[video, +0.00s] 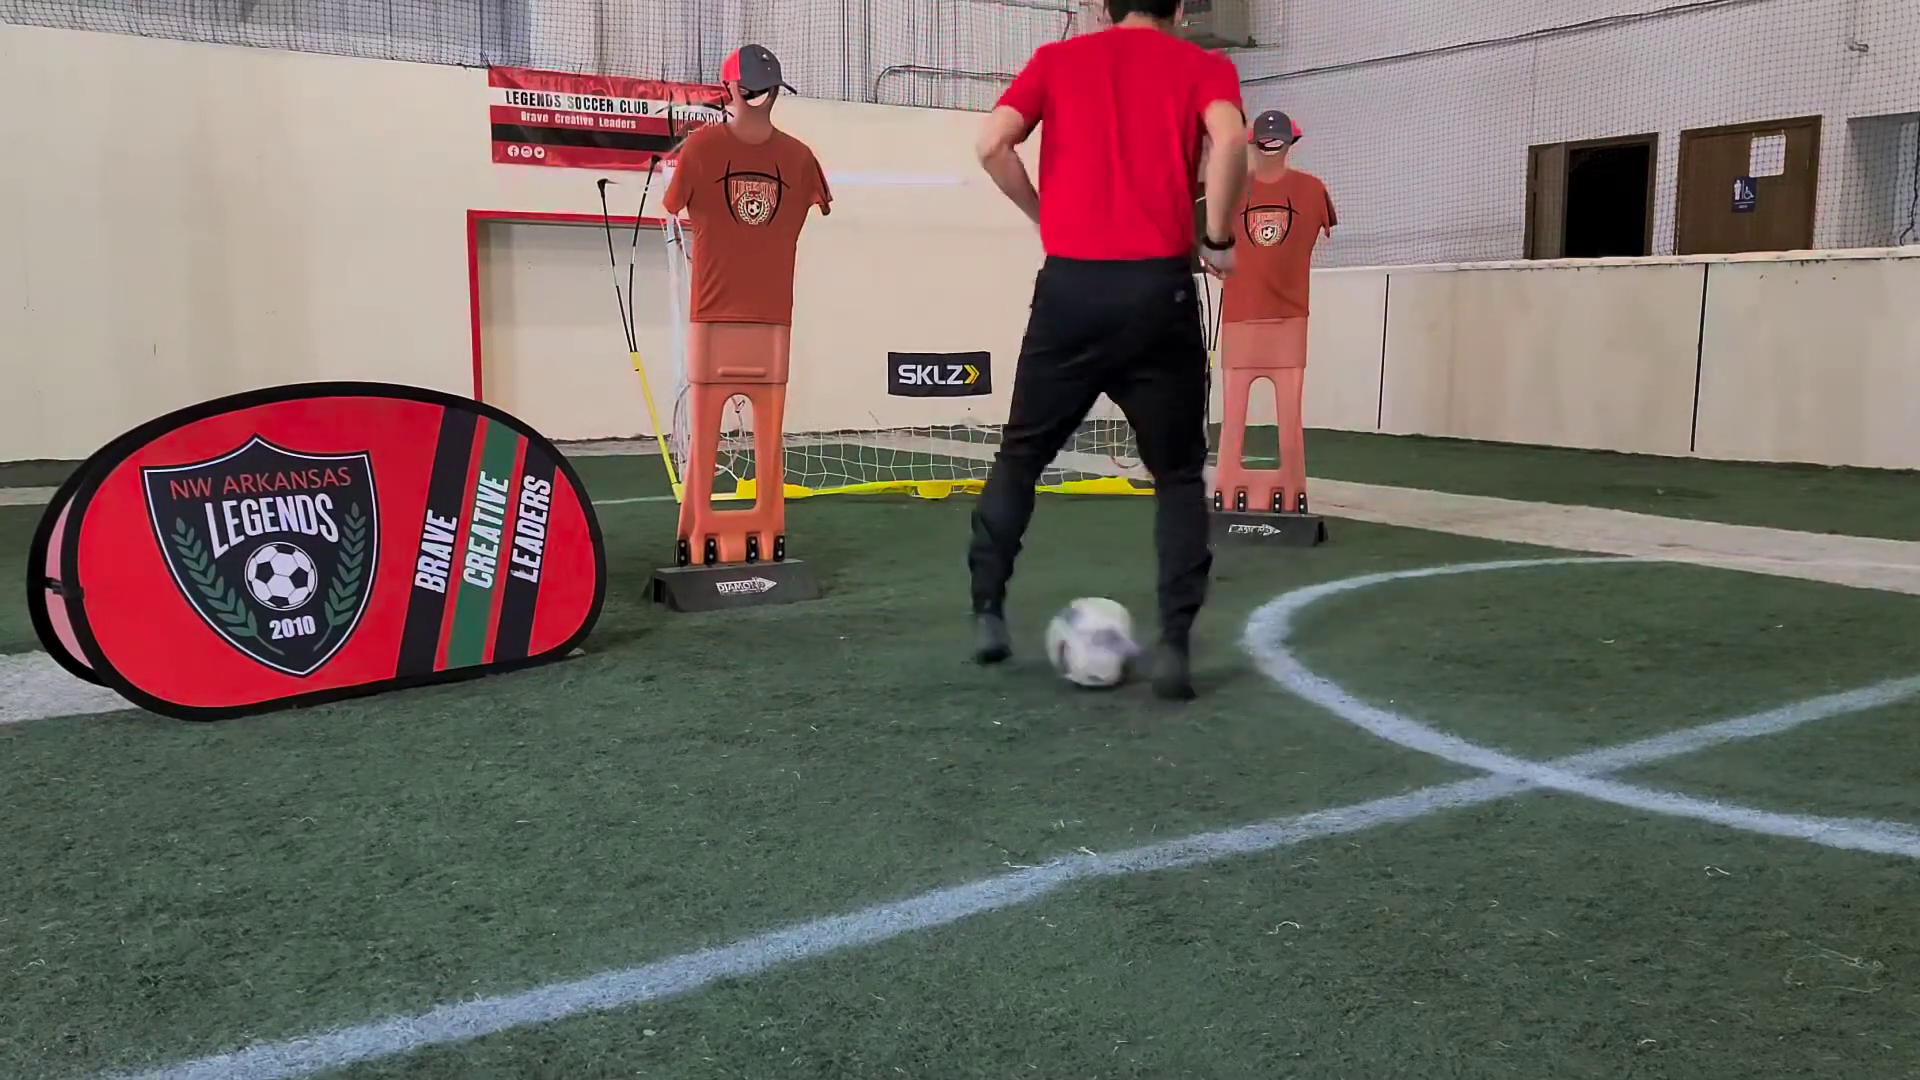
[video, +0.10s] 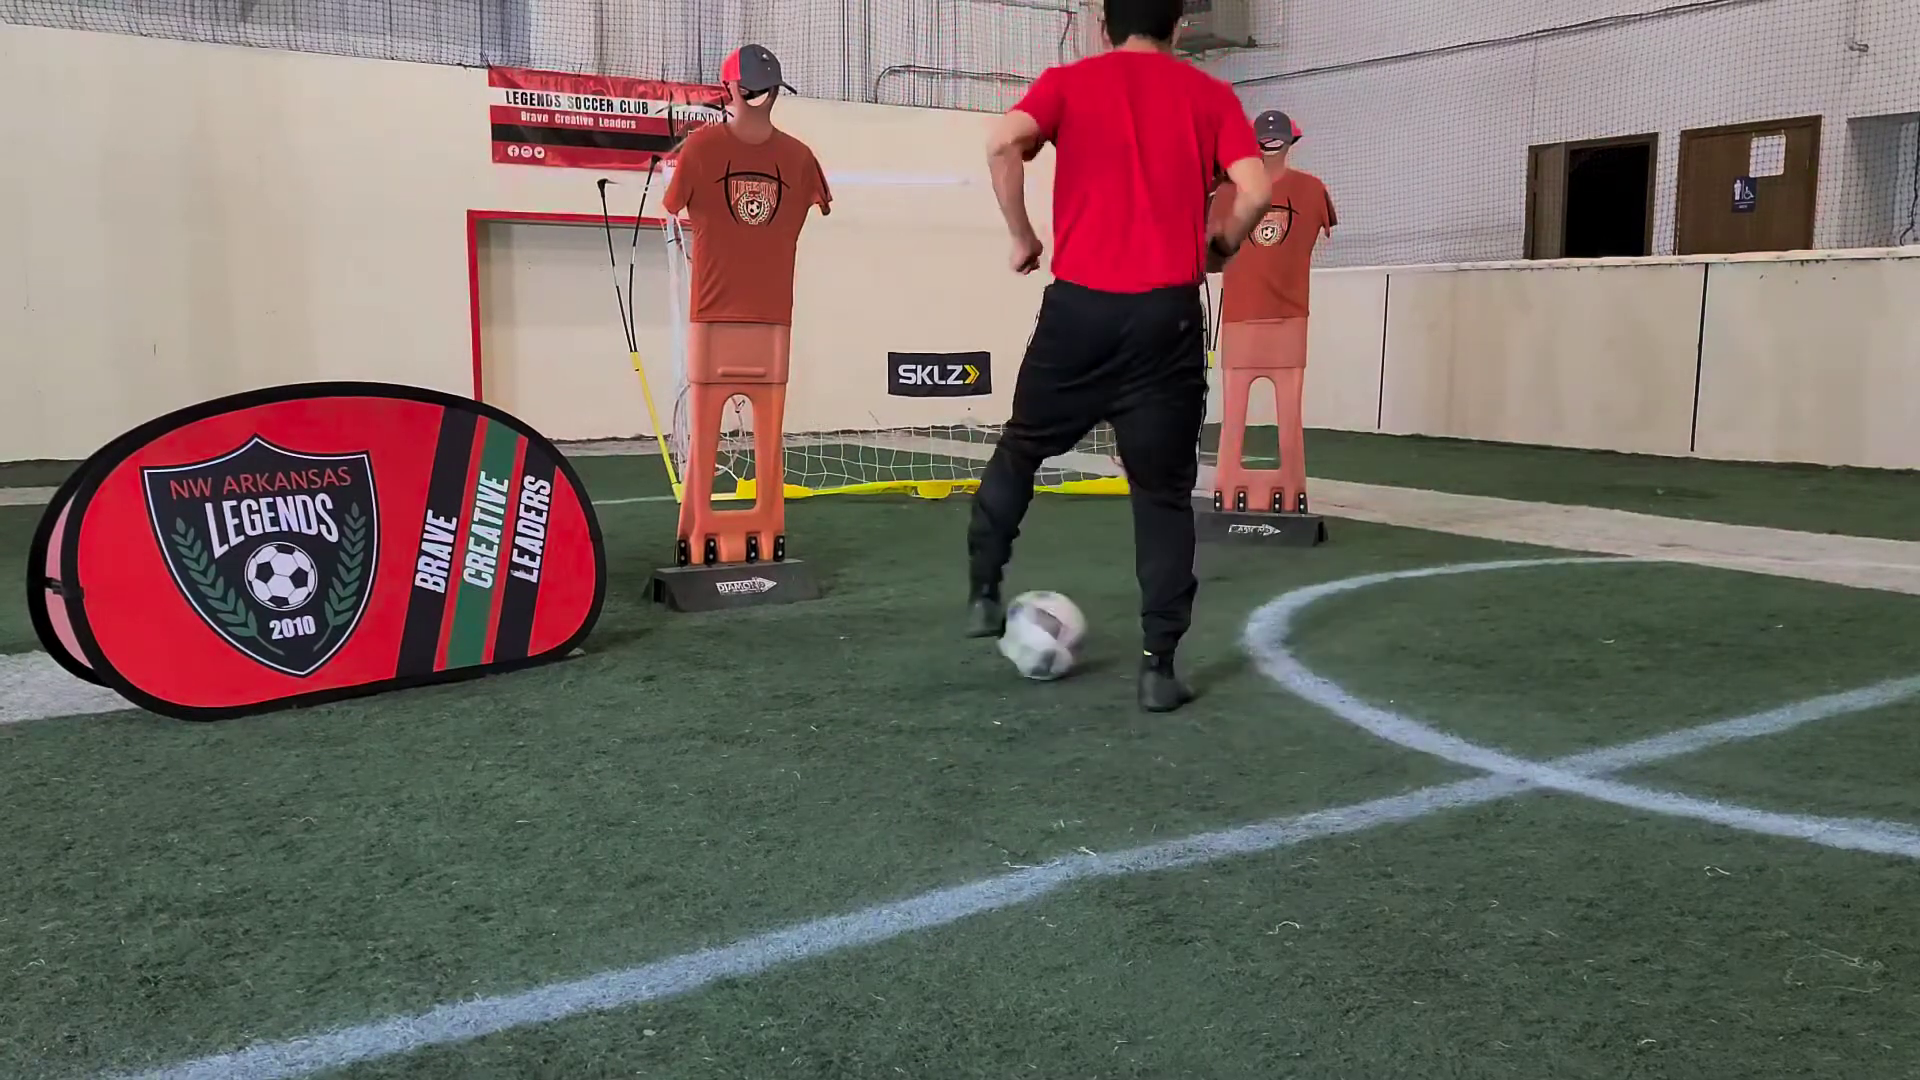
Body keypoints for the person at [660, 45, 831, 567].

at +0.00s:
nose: (759, 96)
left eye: (766, 87)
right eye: (749, 87)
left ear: (776, 88)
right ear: (729, 87)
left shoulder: (796, 152)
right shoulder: (702, 145)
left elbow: (798, 219)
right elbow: (676, 210)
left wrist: (756, 238)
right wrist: (723, 229)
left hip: (772, 302)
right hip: (712, 303)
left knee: (770, 417)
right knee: (705, 417)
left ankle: (768, 531)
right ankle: (697, 531)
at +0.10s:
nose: (759, 96)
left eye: (766, 87)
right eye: (749, 87)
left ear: (776, 88)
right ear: (729, 88)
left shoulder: (797, 153)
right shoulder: (701, 146)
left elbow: (802, 215)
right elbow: (674, 209)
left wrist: (757, 237)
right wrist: (721, 229)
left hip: (772, 304)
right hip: (712, 304)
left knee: (770, 421)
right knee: (704, 422)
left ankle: (768, 533)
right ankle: (696, 534)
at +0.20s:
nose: (760, 96)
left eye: (766, 87)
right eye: (750, 87)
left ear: (775, 88)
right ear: (729, 88)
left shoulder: (797, 153)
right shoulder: (702, 145)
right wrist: (725, 228)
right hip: (713, 303)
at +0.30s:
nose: (759, 96)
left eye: (766, 87)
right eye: (749, 87)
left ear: (776, 88)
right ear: (729, 88)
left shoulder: (797, 153)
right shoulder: (701, 146)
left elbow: (801, 215)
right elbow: (674, 209)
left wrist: (756, 237)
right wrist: (720, 229)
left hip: (772, 304)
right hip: (712, 304)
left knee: (770, 421)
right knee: (704, 422)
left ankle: (768, 533)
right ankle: (696, 533)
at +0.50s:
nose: (760, 95)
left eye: (766, 87)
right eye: (750, 87)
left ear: (776, 87)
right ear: (729, 88)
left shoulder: (796, 152)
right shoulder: (702, 145)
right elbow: (673, 209)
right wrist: (723, 227)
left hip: (772, 304)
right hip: (712, 304)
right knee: (705, 423)